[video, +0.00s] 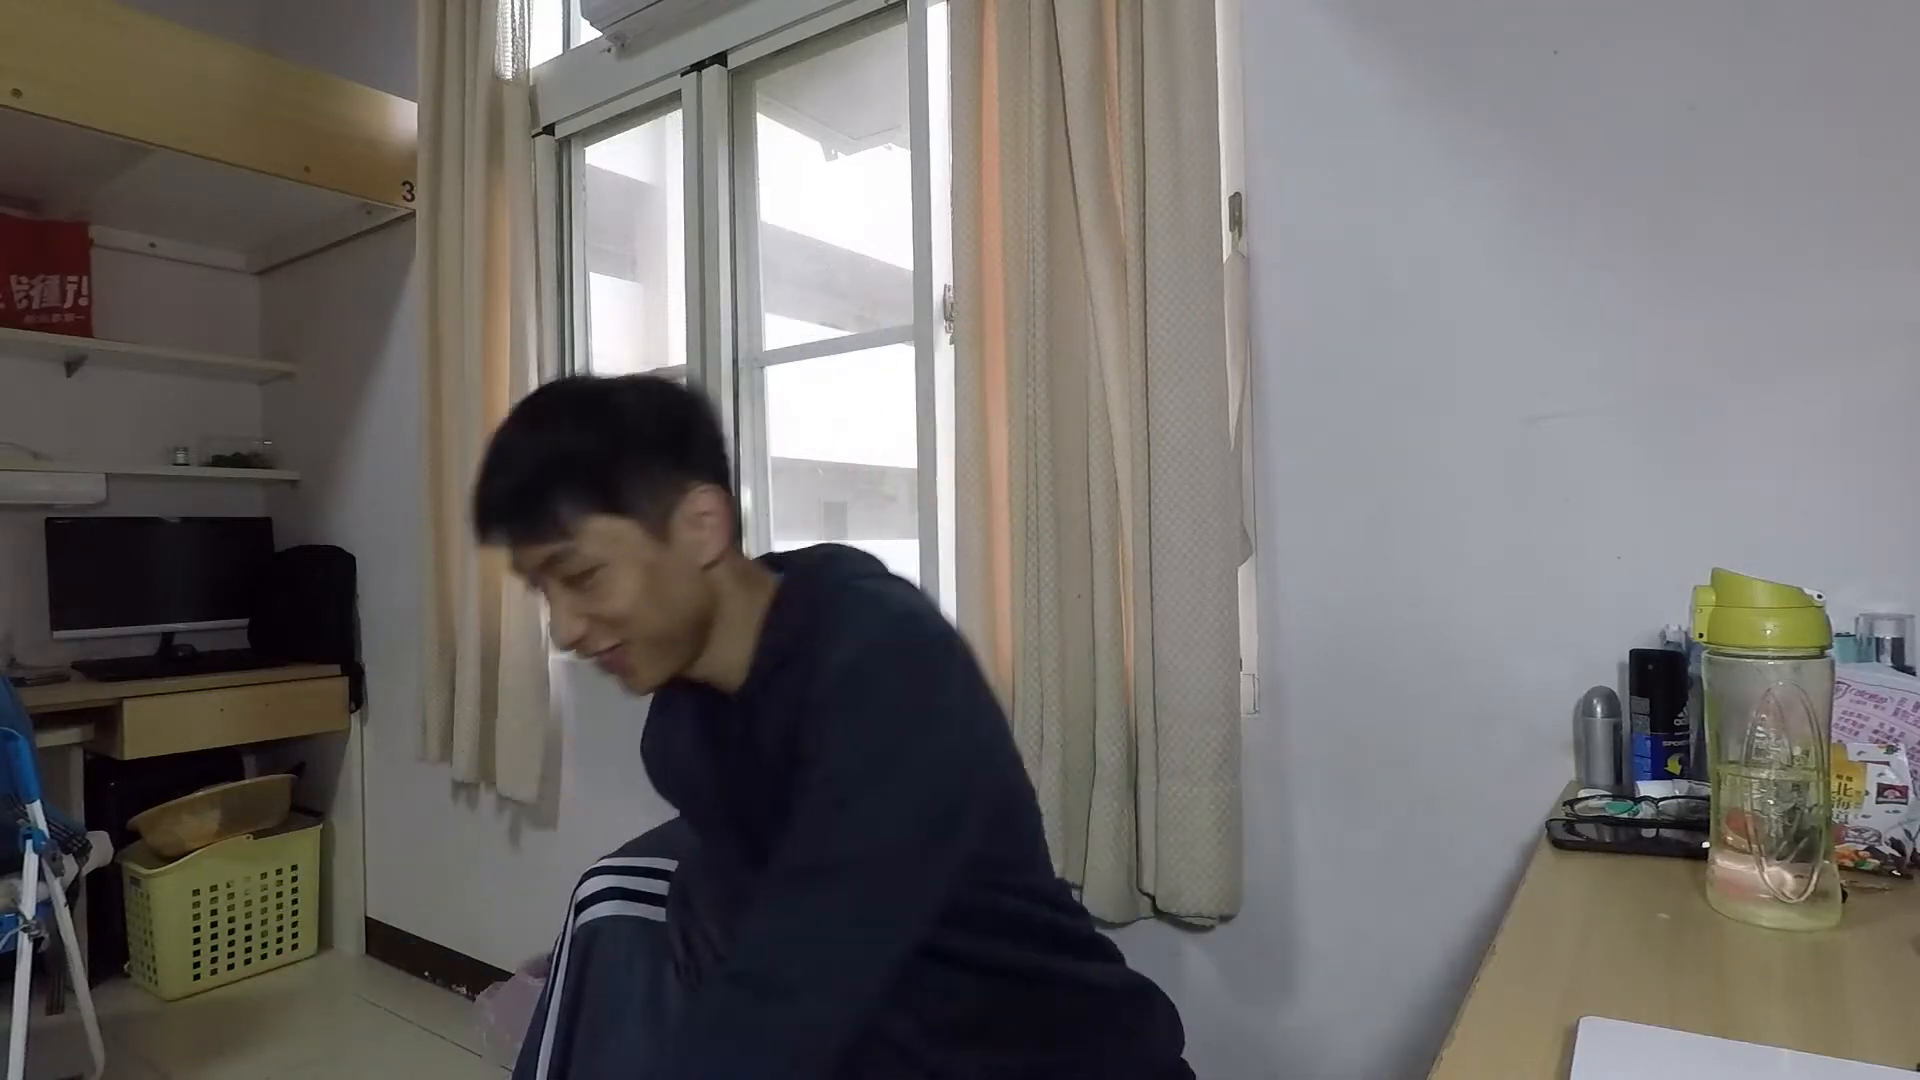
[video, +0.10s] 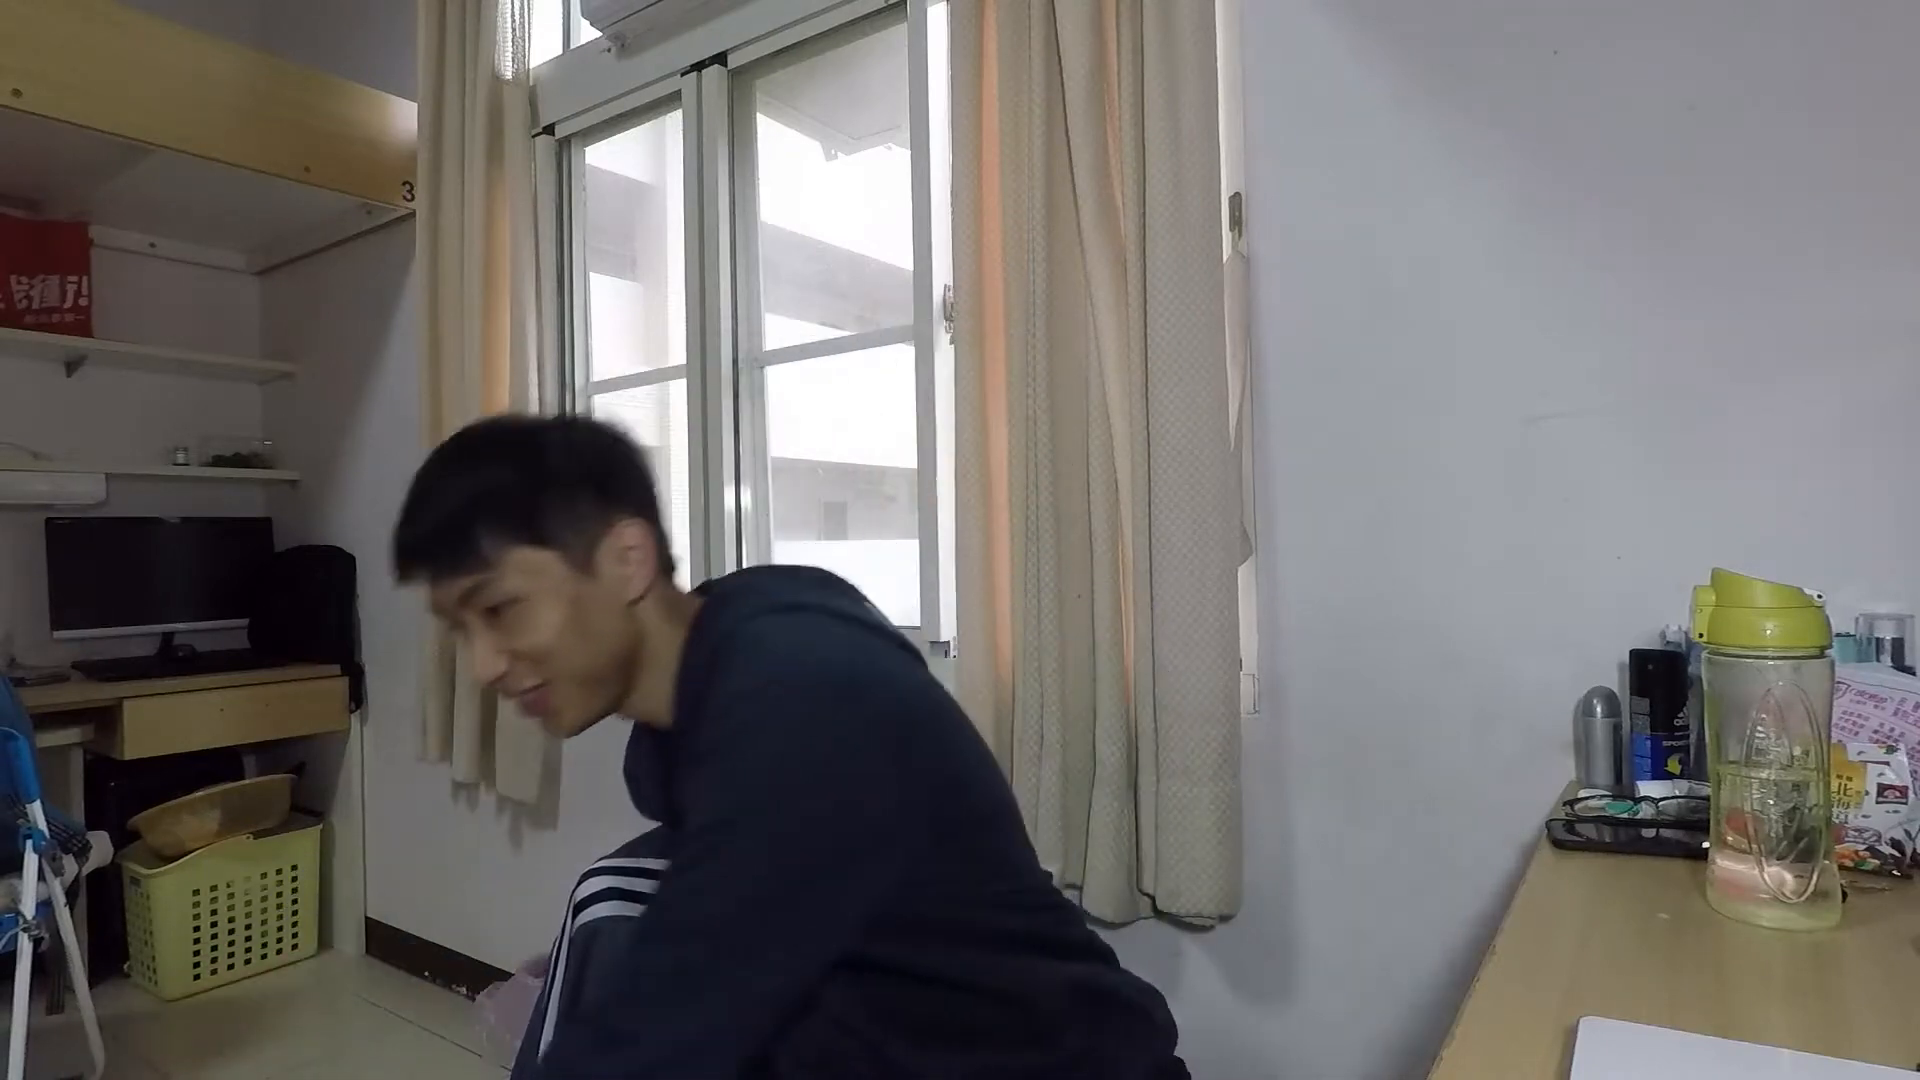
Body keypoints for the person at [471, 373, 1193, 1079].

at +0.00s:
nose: (564, 630)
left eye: (581, 576)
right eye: (541, 592)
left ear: (704, 526)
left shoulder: (882, 656)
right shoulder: (681, 732)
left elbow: (791, 1003)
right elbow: (741, 958)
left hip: (1060, 1045)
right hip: (890, 1039)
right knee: (617, 895)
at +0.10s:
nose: (485, 668)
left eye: (501, 612)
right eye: (462, 633)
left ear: (629, 563)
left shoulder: (795, 683)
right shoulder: (675, 729)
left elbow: (668, 1026)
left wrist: (575, 989)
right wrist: (570, 981)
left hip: (1061, 1050)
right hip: (931, 1045)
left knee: (620, 898)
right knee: (623, 886)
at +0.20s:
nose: (421, 716)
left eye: (440, 651)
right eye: (393, 681)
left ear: (572, 598)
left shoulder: (703, 764)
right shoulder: (716, 684)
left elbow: (560, 1068)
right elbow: (628, 903)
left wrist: (538, 1015)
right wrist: (553, 997)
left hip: (1028, 1060)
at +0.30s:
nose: (380, 758)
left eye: (398, 690)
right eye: (347, 724)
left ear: (540, 630)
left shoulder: (658, 812)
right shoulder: (694, 688)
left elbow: (564, 1063)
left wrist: (536, 1012)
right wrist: (565, 995)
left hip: (1036, 1054)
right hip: (1079, 1016)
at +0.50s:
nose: (415, 767)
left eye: (446, 690)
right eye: (366, 726)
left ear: (566, 634)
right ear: (344, 736)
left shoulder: (707, 789)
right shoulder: (673, 701)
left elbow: (581, 1061)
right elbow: (597, 927)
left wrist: (535, 1022)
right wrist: (551, 1005)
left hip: (1054, 1052)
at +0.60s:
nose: (461, 732)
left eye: (497, 655)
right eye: (406, 689)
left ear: (607, 615)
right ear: (380, 709)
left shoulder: (748, 772)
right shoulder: (649, 722)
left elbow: (673, 1061)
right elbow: (631, 916)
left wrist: (526, 1035)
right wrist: (555, 1011)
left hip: (1059, 1052)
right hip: (924, 1039)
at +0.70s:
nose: (521, 681)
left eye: (564, 608)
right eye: (468, 631)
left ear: (663, 590)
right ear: (437, 648)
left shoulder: (801, 735)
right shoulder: (639, 714)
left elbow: (729, 1050)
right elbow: (680, 883)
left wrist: (540, 1052)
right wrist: (539, 996)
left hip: (1059, 1051)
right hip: (899, 1035)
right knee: (616, 885)